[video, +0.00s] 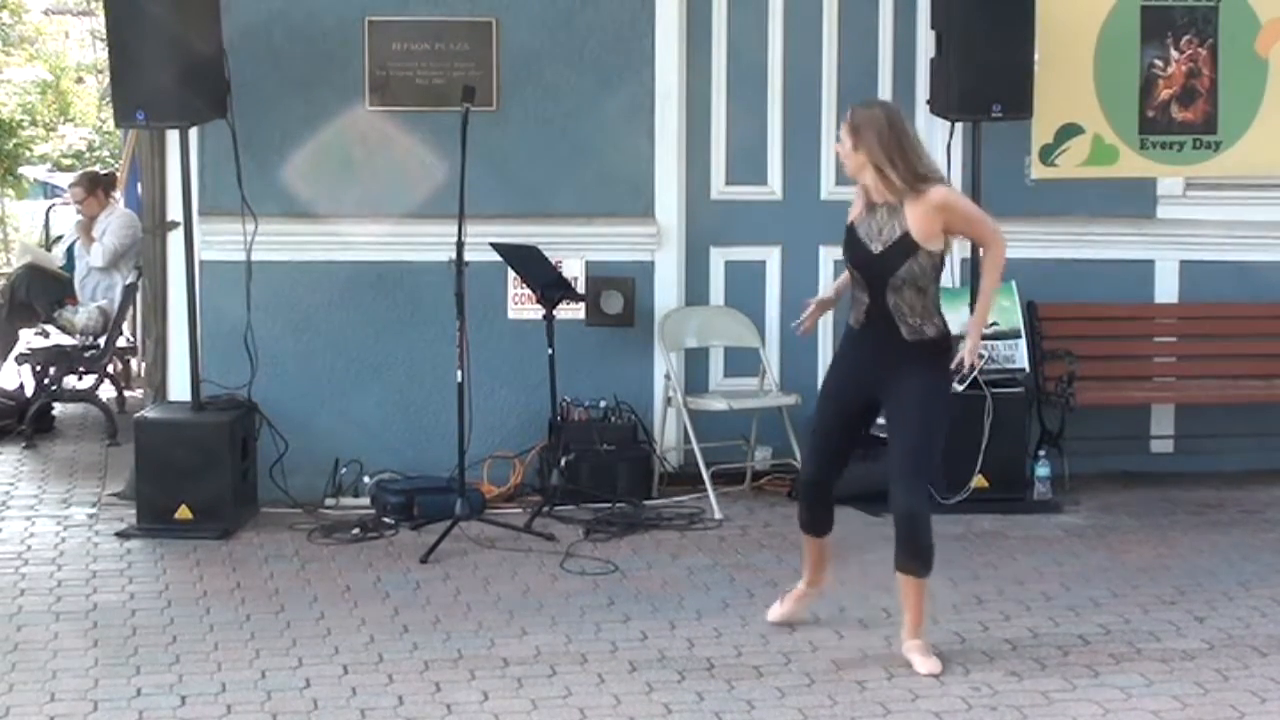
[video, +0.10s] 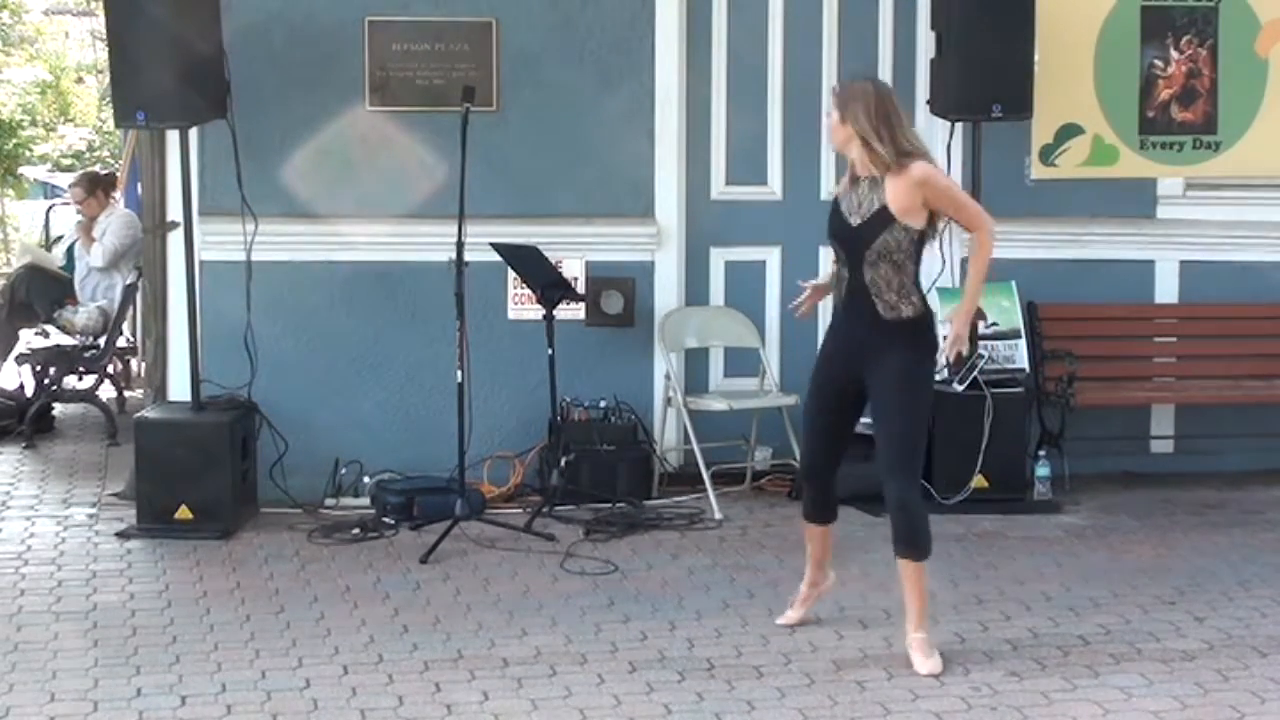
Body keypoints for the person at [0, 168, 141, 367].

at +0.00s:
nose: (77, 209)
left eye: (80, 203)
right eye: (75, 204)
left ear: (100, 195)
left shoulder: (125, 220)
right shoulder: (87, 223)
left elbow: (103, 258)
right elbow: (58, 259)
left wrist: (84, 235)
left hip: (104, 309)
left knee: (29, 275)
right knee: (13, 312)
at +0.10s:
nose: (77, 209)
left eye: (81, 203)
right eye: (75, 204)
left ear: (100, 195)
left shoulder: (125, 220)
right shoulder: (88, 224)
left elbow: (103, 259)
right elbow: (59, 259)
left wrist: (84, 236)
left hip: (104, 310)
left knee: (29, 275)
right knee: (11, 313)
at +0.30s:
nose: (77, 209)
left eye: (80, 203)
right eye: (75, 204)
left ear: (99, 196)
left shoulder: (124, 220)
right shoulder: (88, 223)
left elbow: (104, 259)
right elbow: (60, 259)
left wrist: (85, 236)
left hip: (104, 311)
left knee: (30, 276)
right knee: (12, 314)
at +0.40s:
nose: (77, 209)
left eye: (81, 203)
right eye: (75, 204)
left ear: (99, 196)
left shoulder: (125, 221)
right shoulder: (88, 224)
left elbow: (103, 259)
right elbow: (59, 259)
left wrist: (87, 231)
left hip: (103, 311)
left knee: (29, 275)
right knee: (11, 314)